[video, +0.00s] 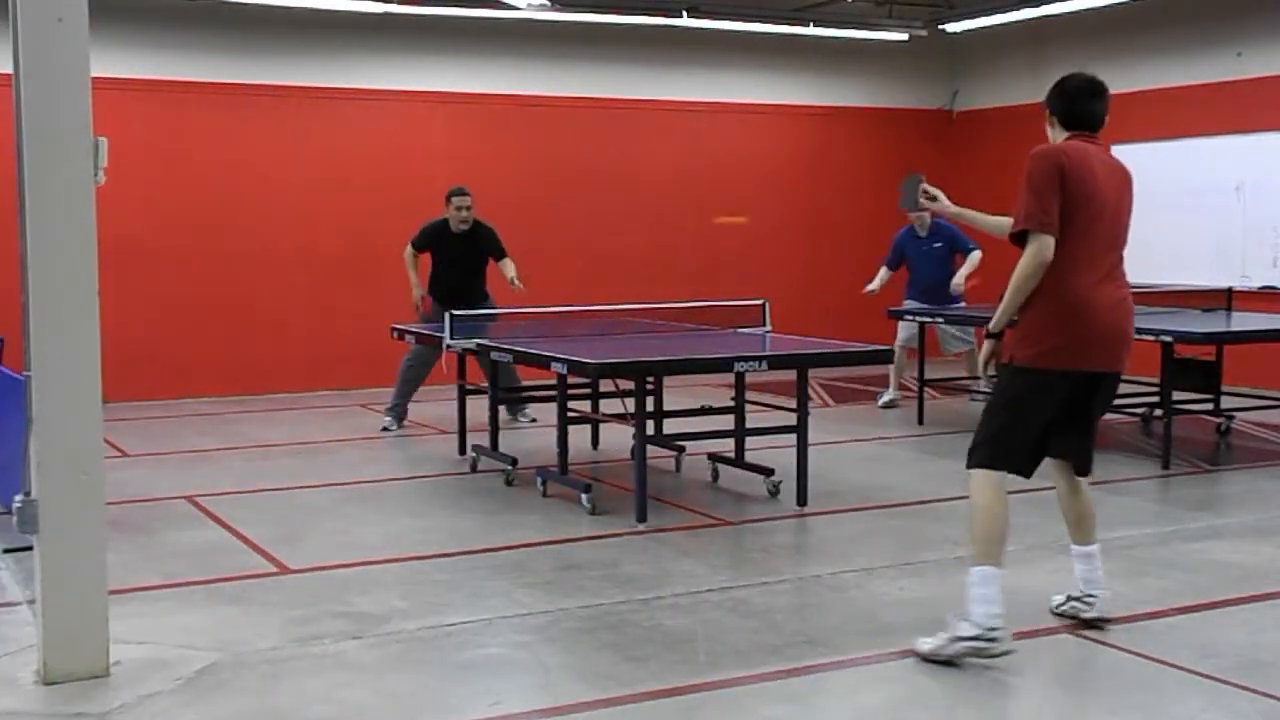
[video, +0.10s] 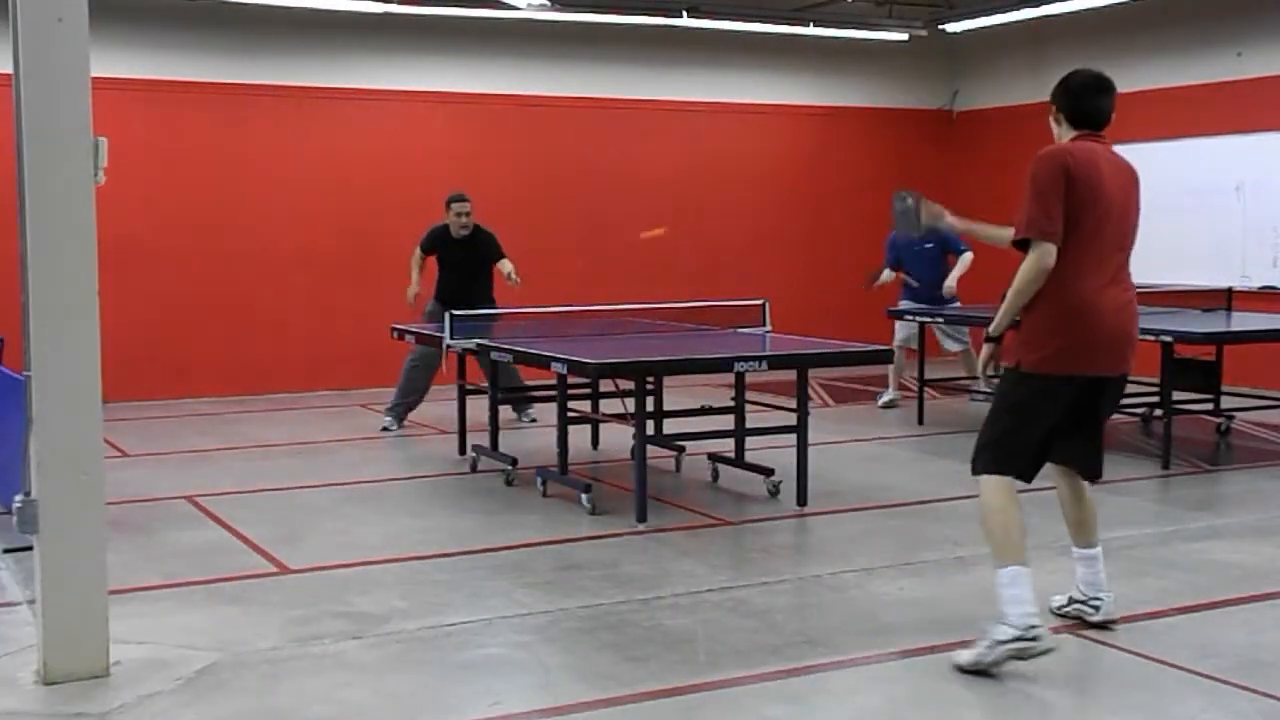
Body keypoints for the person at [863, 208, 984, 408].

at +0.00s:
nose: (917, 216)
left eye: (921, 211)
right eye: (912, 212)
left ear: (929, 211)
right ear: (907, 215)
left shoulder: (945, 231)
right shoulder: (904, 237)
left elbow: (975, 252)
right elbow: (889, 265)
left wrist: (961, 275)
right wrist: (877, 282)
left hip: (949, 300)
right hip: (916, 301)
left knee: (969, 347)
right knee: (901, 345)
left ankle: (977, 387)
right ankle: (893, 390)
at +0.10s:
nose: (907, 216)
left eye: (911, 210)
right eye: (902, 211)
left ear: (920, 211)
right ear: (896, 214)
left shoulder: (938, 233)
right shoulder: (897, 239)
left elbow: (967, 254)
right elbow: (890, 270)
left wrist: (952, 278)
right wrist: (882, 280)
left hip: (943, 300)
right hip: (911, 301)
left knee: (964, 347)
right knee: (899, 346)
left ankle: (977, 386)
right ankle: (893, 390)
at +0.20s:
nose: (905, 211)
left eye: (908, 206)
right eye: (900, 208)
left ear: (915, 205)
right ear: (893, 212)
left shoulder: (931, 227)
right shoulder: (892, 236)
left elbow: (959, 254)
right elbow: (896, 265)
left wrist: (943, 276)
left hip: (940, 298)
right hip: (908, 300)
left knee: (963, 344)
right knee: (898, 345)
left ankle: (977, 385)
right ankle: (892, 390)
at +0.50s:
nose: (932, 202)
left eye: (934, 197)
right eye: (927, 198)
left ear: (936, 199)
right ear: (914, 200)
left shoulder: (944, 227)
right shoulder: (904, 230)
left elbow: (955, 255)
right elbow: (907, 261)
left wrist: (953, 277)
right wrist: (936, 252)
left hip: (942, 294)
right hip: (913, 295)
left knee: (961, 339)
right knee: (903, 343)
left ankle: (974, 382)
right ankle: (892, 391)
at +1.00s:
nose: (951, 201)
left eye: (952, 197)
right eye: (945, 198)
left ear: (956, 198)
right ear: (933, 201)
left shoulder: (964, 228)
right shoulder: (921, 228)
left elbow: (978, 255)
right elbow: (907, 258)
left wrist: (978, 278)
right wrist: (926, 266)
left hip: (955, 297)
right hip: (922, 297)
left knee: (971, 343)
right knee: (908, 342)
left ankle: (973, 387)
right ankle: (896, 390)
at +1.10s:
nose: (939, 206)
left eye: (942, 201)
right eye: (933, 202)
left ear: (946, 202)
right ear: (923, 206)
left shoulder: (957, 231)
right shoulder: (912, 233)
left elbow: (975, 259)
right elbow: (896, 264)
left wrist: (970, 282)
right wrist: (911, 279)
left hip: (952, 300)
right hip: (919, 301)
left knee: (971, 343)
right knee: (902, 344)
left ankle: (973, 387)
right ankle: (892, 389)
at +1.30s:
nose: (952, 189)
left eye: (956, 186)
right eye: (948, 185)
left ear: (961, 189)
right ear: (938, 185)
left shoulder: (964, 216)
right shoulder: (923, 216)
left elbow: (968, 250)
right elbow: (904, 245)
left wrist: (941, 262)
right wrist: (878, 262)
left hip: (954, 292)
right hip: (923, 290)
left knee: (959, 345)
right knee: (913, 340)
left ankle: (960, 391)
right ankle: (913, 387)